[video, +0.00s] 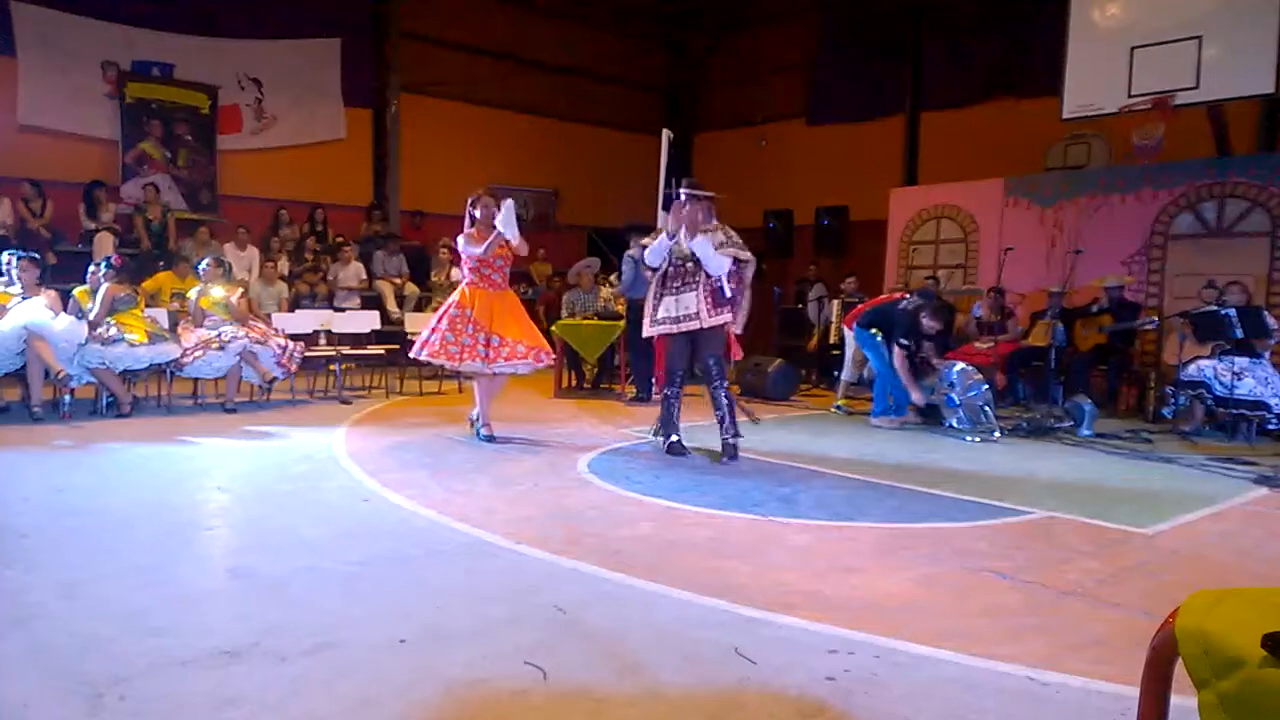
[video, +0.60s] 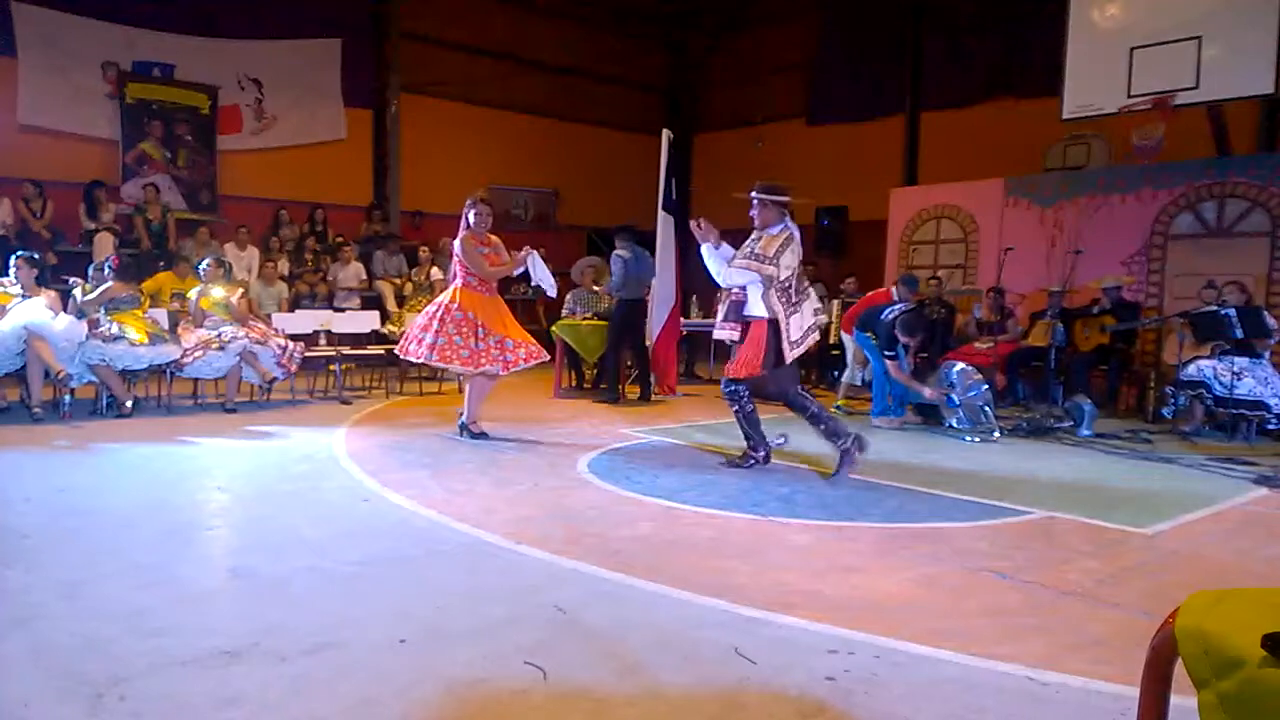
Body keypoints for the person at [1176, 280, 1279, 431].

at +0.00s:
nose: (1232, 297)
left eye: (1237, 293)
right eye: (1228, 293)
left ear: (1246, 296)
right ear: (1222, 296)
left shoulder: (1258, 315)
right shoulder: (1215, 314)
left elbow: (1268, 343)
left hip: (1254, 364)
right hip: (1223, 362)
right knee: (1196, 368)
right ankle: (1196, 420)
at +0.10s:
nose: (1225, 297)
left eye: (1231, 293)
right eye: (1223, 294)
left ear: (1244, 296)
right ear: (1220, 296)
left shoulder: (1257, 314)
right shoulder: (1214, 315)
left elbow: (1268, 343)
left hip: (1254, 364)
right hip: (1222, 363)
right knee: (1196, 368)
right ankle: (1196, 420)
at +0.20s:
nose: (1225, 297)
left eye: (1230, 293)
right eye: (1223, 294)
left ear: (1244, 297)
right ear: (1219, 297)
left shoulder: (1257, 314)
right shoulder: (1216, 314)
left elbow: (1266, 344)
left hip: (1254, 365)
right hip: (1222, 363)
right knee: (1196, 368)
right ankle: (1196, 420)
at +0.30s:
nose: (1224, 297)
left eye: (1230, 293)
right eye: (1222, 294)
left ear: (1244, 297)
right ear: (1219, 297)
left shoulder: (1257, 314)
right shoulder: (1216, 315)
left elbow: (1266, 343)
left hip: (1254, 365)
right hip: (1222, 363)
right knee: (1196, 368)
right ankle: (1196, 420)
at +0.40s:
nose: (1225, 297)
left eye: (1230, 293)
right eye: (1222, 294)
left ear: (1244, 297)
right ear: (1219, 297)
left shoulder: (1257, 314)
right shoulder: (1216, 315)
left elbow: (1266, 343)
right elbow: (1200, 340)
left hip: (1254, 365)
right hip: (1223, 363)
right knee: (1196, 368)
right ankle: (1196, 420)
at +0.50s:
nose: (1224, 297)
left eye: (1230, 293)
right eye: (1222, 294)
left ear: (1244, 297)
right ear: (1219, 297)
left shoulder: (1257, 314)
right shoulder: (1215, 314)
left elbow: (1267, 343)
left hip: (1254, 365)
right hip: (1223, 363)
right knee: (1196, 368)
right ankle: (1196, 420)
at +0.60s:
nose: (1224, 297)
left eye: (1230, 293)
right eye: (1222, 294)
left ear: (1244, 297)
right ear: (1219, 297)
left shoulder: (1257, 314)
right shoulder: (1213, 313)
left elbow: (1267, 343)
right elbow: (1173, 319)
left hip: (1254, 364)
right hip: (1221, 362)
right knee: (1195, 368)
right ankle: (1196, 420)